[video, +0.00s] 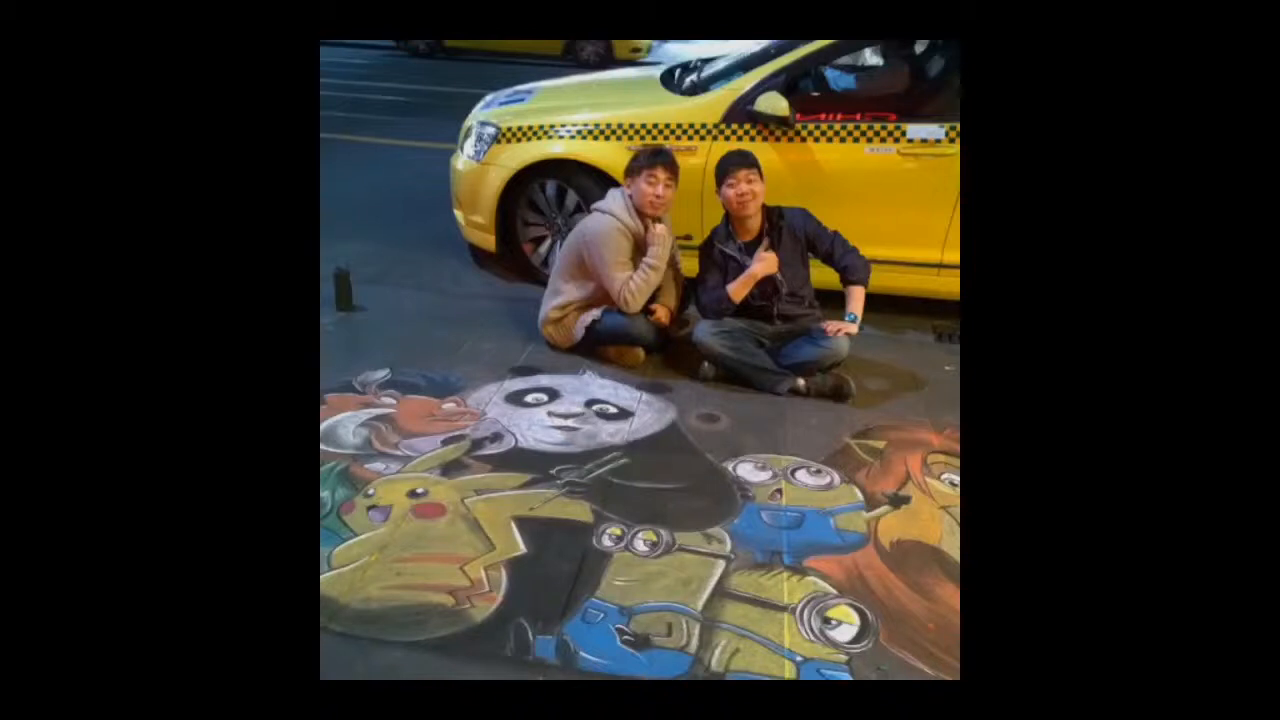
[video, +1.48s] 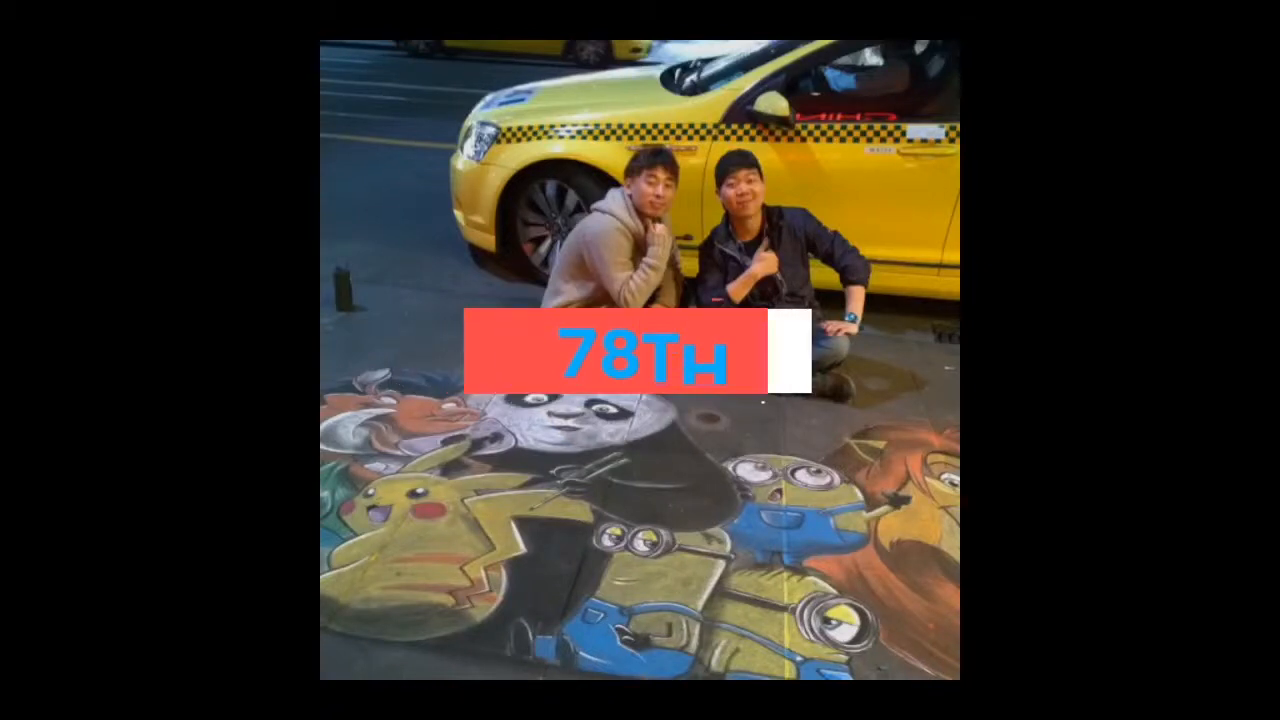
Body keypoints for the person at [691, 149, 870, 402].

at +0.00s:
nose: (743, 191)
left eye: (750, 181)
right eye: (732, 185)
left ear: (763, 187)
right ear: (720, 195)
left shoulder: (794, 222)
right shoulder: (714, 246)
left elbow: (853, 262)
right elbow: (709, 308)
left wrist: (851, 320)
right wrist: (753, 274)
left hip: (799, 327)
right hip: (747, 328)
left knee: (837, 344)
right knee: (704, 334)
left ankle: (733, 373)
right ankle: (798, 386)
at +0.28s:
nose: (743, 190)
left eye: (750, 181)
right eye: (732, 185)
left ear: (763, 187)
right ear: (720, 195)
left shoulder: (795, 222)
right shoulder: (714, 246)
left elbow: (853, 262)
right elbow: (709, 309)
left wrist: (851, 319)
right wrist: (753, 274)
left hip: (799, 327)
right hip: (747, 327)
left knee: (837, 344)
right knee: (704, 334)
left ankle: (733, 372)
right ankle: (799, 386)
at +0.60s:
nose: (743, 190)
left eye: (750, 181)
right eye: (732, 185)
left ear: (763, 187)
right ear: (720, 195)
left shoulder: (795, 222)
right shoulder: (714, 246)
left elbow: (853, 262)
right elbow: (709, 309)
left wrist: (851, 319)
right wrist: (753, 274)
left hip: (799, 327)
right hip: (747, 327)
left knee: (837, 344)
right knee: (704, 334)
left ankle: (733, 372)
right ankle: (799, 386)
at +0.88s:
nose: (743, 191)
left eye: (750, 181)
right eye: (732, 185)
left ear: (764, 187)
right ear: (720, 195)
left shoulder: (795, 222)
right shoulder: (713, 246)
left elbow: (853, 262)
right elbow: (708, 305)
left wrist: (851, 319)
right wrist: (753, 274)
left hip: (800, 326)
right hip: (747, 326)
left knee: (837, 345)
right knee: (715, 337)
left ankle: (742, 371)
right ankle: (799, 386)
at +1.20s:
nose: (743, 191)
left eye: (750, 181)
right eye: (732, 185)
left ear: (763, 187)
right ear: (720, 195)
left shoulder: (795, 222)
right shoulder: (713, 246)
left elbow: (853, 262)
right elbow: (708, 307)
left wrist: (851, 319)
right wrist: (752, 275)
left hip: (799, 323)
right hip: (744, 330)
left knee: (837, 345)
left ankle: (759, 376)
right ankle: (811, 385)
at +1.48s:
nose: (743, 191)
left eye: (750, 181)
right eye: (732, 185)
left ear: (763, 187)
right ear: (720, 195)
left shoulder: (795, 222)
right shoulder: (713, 246)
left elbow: (853, 262)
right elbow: (708, 308)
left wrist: (851, 319)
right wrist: (753, 274)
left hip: (799, 326)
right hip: (745, 332)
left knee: (837, 345)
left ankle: (753, 375)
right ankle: (813, 385)